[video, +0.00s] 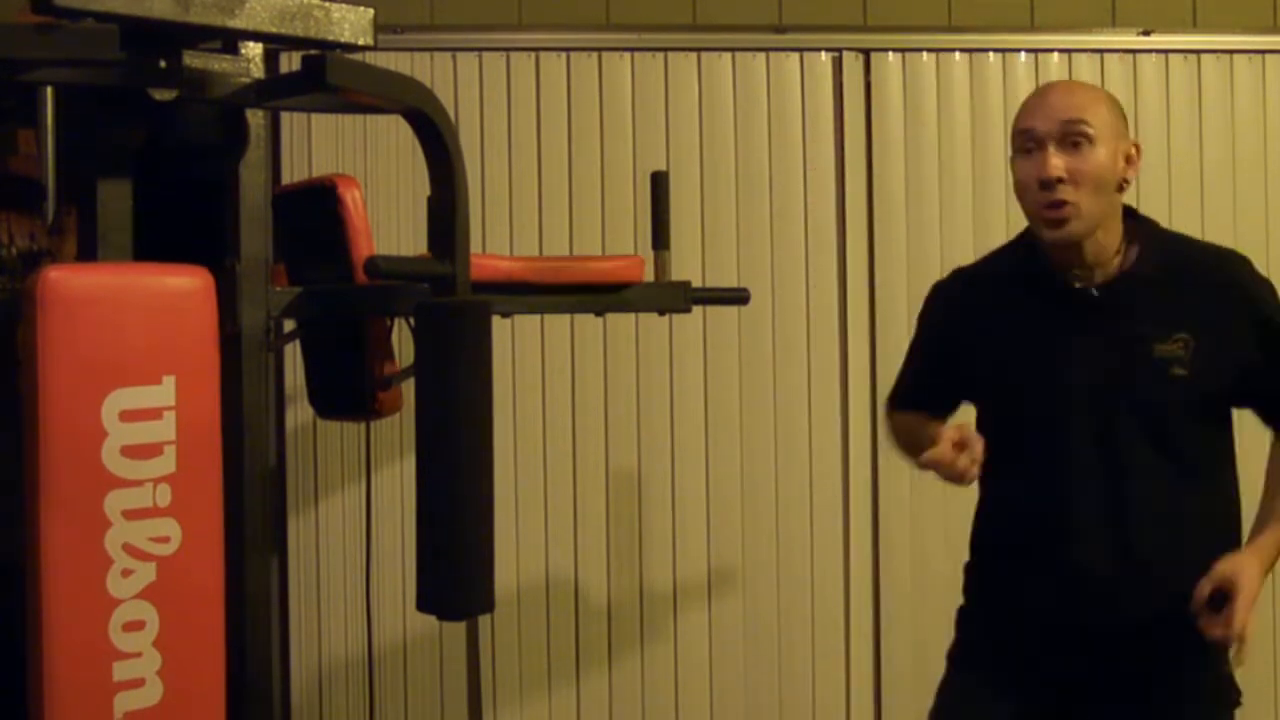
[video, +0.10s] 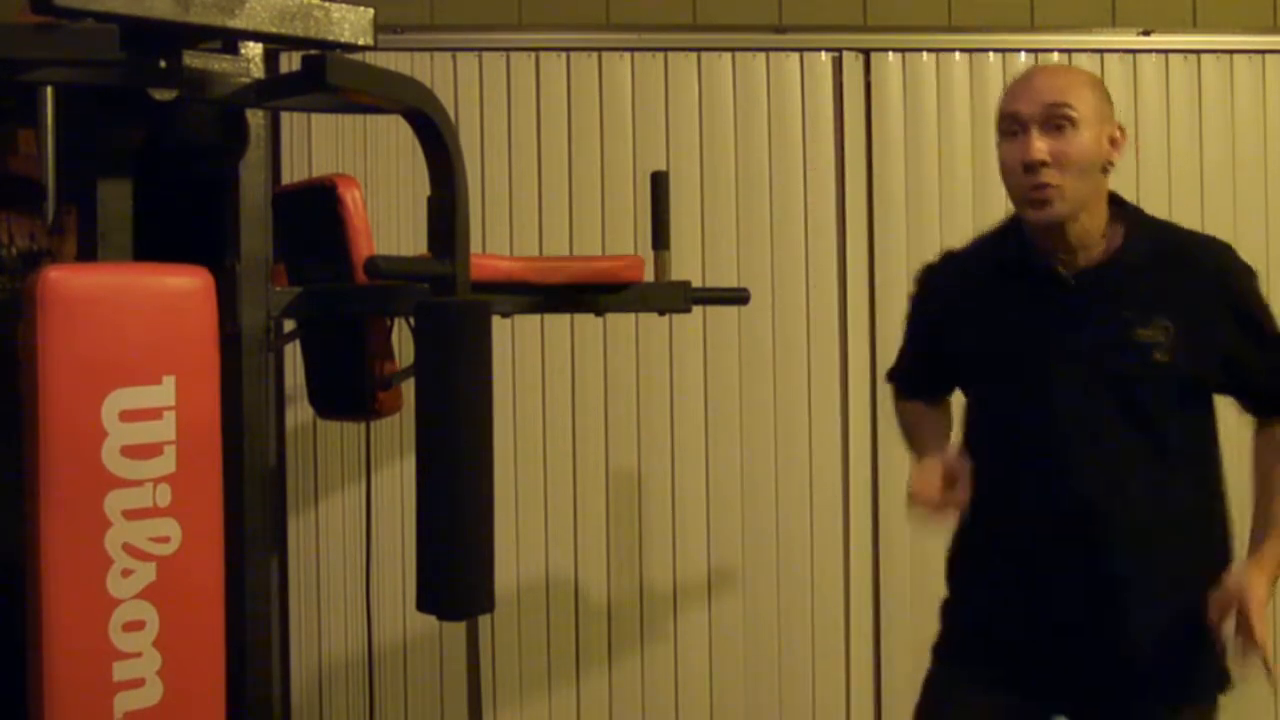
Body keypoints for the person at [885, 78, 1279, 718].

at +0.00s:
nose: (1049, 168)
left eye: (1075, 142)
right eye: (1029, 148)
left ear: (1128, 162)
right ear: (1011, 170)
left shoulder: (1218, 289)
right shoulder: (968, 302)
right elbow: (907, 409)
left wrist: (1259, 553)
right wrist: (938, 446)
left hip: (1170, 660)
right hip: (1010, 655)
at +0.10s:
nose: (1033, 151)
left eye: (1060, 125)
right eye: (1013, 130)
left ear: (1113, 143)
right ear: (998, 151)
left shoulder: (1201, 275)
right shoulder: (956, 287)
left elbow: (1273, 407)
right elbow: (918, 384)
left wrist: (1263, 557)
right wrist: (934, 454)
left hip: (1158, 640)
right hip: (999, 639)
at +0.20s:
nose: (1011, 153)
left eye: (1036, 126)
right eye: (991, 129)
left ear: (1088, 135)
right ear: (974, 141)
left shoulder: (1167, 270)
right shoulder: (933, 284)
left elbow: (1223, 453)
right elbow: (893, 433)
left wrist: (1212, 626)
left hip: (1129, 635)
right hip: (975, 629)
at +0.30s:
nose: (978, 146)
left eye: (1004, 119)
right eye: (960, 124)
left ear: (1057, 136)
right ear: (944, 143)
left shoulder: (1136, 271)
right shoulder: (906, 293)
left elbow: (1191, 450)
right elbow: (857, 467)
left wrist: (1168, 576)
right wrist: (870, 538)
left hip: (1101, 639)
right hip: (952, 637)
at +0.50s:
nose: (948, 154)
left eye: (974, 126)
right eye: (930, 131)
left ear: (1028, 141)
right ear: (916, 148)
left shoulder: (1103, 248)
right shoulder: (903, 274)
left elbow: (1188, 363)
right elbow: (812, 398)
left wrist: (1139, 241)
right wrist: (844, 264)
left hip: (1086, 624)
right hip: (938, 626)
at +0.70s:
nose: (978, 131)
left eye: (1001, 107)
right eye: (958, 113)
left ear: (1052, 125)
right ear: (941, 136)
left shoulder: (1132, 245)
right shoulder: (914, 272)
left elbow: (1247, 356)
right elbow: (800, 370)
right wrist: (804, 228)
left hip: (1112, 633)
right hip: (958, 635)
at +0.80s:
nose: (996, 138)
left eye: (1017, 113)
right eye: (975, 120)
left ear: (1068, 127)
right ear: (956, 141)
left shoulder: (1151, 262)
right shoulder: (918, 285)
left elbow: (1233, 405)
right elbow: (834, 449)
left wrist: (1233, 469)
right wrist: (810, 412)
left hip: (1121, 629)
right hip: (966, 632)